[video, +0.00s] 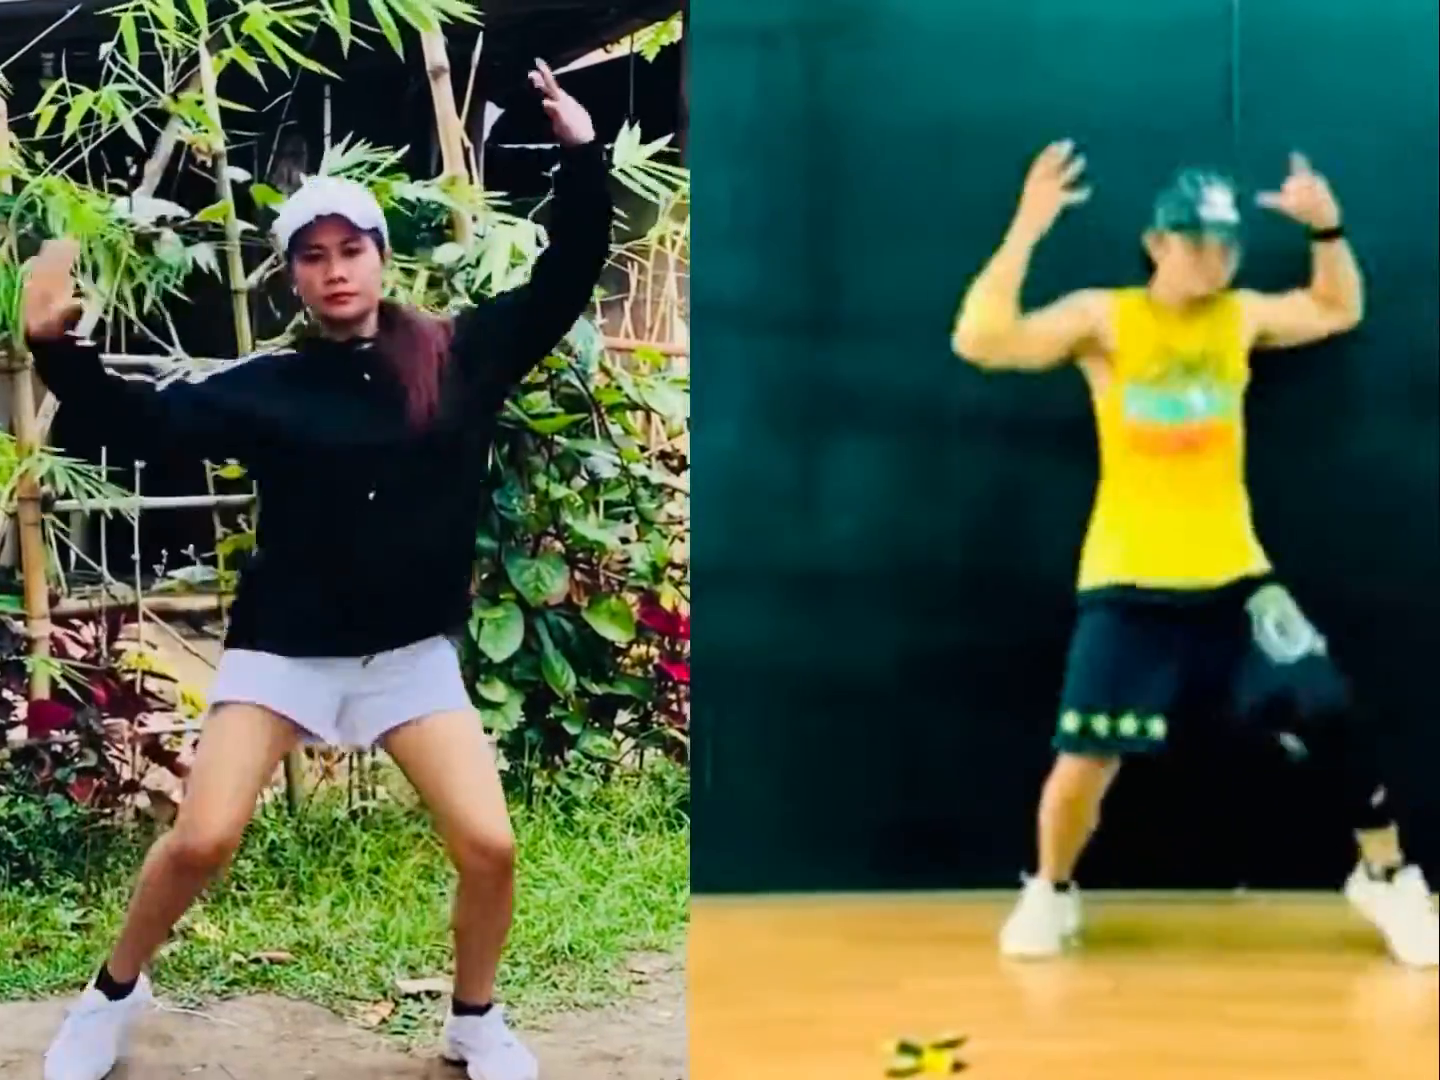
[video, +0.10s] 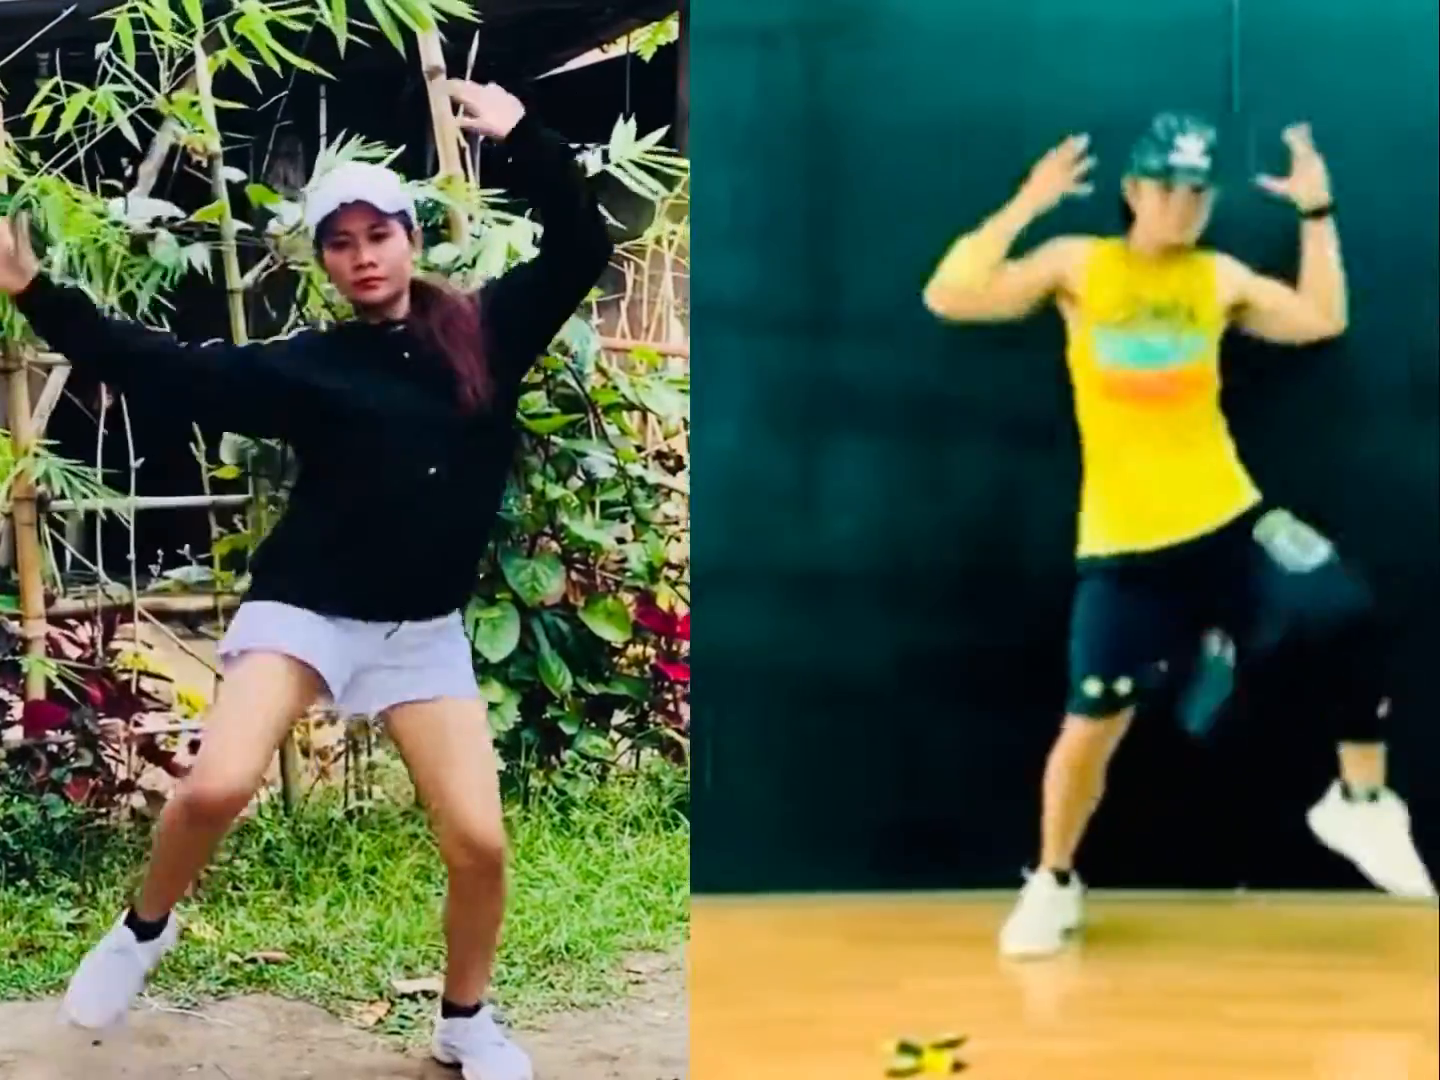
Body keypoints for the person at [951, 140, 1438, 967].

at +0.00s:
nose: (1209, 264)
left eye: (1222, 249)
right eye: (1195, 246)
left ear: (1236, 255)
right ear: (1157, 244)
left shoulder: (1242, 316)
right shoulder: (1101, 318)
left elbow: (1338, 309)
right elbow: (980, 338)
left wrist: (1326, 227)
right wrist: (1027, 229)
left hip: (1233, 572)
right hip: (1127, 577)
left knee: (1329, 708)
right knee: (1089, 753)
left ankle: (1386, 873)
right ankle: (1049, 892)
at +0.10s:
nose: (1183, 207)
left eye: (1196, 191)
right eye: (1167, 188)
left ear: (1211, 198)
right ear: (1132, 189)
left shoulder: (1219, 279)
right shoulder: (1075, 264)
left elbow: (1321, 318)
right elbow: (949, 295)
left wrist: (1317, 213)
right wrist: (1026, 202)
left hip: (1227, 515)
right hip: (1123, 535)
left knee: (1352, 621)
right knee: (1095, 714)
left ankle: (1363, 800)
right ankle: (1052, 882)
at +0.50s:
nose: (1179, 195)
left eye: (1195, 178)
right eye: (1165, 176)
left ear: (1213, 184)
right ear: (1135, 178)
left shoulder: (1237, 262)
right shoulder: (1086, 252)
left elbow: (1348, 306)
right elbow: (969, 273)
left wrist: (1333, 196)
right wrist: (1024, 170)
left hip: (1238, 503)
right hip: (1132, 522)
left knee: (1370, 585)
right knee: (1104, 710)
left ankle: (1379, 784)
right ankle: (1073, 869)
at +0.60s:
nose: (1188, 246)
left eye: (1204, 230)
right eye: (1173, 228)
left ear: (1225, 237)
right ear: (1145, 230)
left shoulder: (1252, 317)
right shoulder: (1098, 302)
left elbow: (1378, 338)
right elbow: (987, 261)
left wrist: (1384, 230)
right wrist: (1072, 174)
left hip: (1264, 550)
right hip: (1153, 564)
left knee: (1361, 701)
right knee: (1103, 743)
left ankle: (1386, 874)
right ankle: (1091, 882)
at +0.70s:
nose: (1224, 290)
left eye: (1239, 274)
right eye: (1208, 273)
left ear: (1259, 281)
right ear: (1181, 279)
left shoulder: (1286, 354)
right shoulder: (1145, 346)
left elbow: (1377, 295)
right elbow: (1061, 271)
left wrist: (1434, 221)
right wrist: (1055, 157)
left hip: (1288, 605)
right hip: (1176, 610)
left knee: (1377, 745)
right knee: (1111, 786)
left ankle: (1383, 893)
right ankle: (1091, 883)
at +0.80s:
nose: (1272, 291)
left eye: (1287, 274)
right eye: (1257, 275)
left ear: (1309, 270)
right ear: (1231, 276)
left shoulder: (1339, 328)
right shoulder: (1197, 340)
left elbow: (1417, 293)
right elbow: (1076, 319)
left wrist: (1428, 182)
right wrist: (1028, 206)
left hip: (1314, 593)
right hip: (1209, 584)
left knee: (1399, 740)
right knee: (1150, 747)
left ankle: (1382, 895)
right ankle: (1060, 864)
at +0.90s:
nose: (1286, 253)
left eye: (1300, 234)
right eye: (1270, 237)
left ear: (1329, 226)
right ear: (1253, 237)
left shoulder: (1379, 284)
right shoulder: (1226, 309)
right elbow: (1115, 362)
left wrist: (1429, 188)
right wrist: (1104, 259)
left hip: (1341, 556)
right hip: (1233, 543)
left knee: (1402, 726)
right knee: (1140, 691)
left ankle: (1385, 891)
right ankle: (1040, 810)